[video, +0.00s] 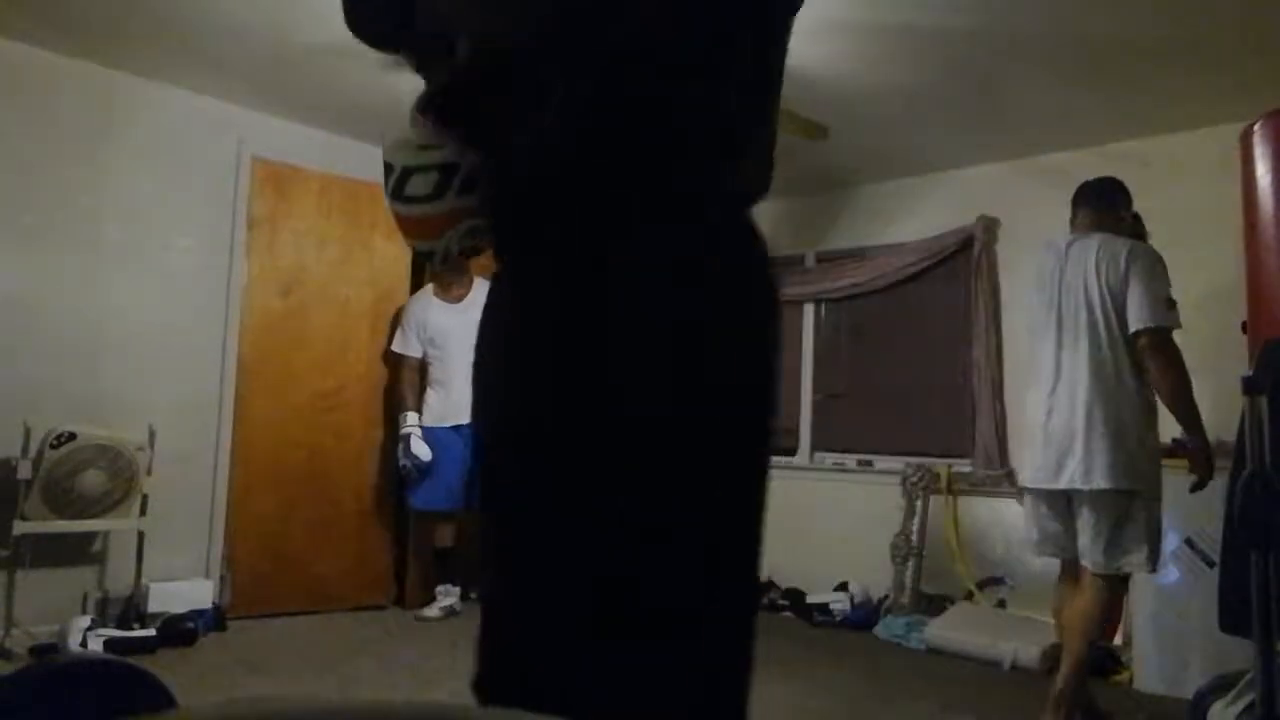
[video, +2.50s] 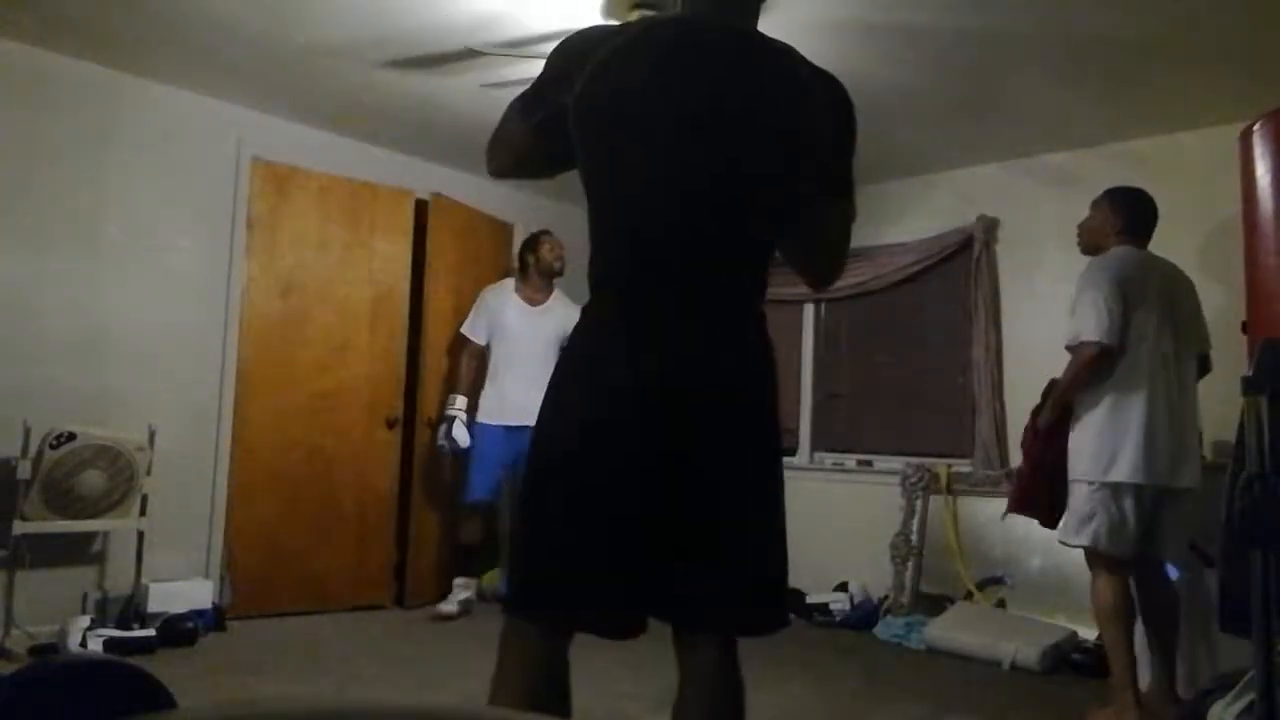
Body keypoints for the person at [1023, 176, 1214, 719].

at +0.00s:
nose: (1135, 230)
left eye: (1133, 223)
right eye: (1134, 221)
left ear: (1075, 217)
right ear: (1124, 214)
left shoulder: (1044, 264)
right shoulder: (1132, 255)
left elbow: (1053, 349)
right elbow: (1152, 346)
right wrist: (1193, 432)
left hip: (1046, 446)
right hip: (1110, 447)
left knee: (1071, 570)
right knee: (1104, 575)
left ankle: (1075, 695)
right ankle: (1061, 701)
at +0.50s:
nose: (1180, 238)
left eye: (1178, 231)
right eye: (1178, 230)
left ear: (1125, 226)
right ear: (1170, 226)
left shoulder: (1080, 274)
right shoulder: (1186, 267)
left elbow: (1084, 356)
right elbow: (1199, 352)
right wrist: (1230, 434)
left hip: (1090, 453)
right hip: (1168, 452)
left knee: (1094, 568)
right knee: (1196, 580)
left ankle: (1079, 699)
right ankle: (1221, 691)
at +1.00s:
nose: (1222, 234)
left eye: (1194, 225)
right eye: (1228, 225)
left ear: (1179, 223)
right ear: (1234, 224)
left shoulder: (1155, 261)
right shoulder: (1255, 264)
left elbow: (1116, 339)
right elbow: (1268, 336)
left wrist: (1168, 324)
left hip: (1156, 444)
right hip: (1234, 448)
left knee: (1129, 557)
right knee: (1232, 574)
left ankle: (1105, 688)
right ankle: (1232, 696)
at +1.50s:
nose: (1132, 235)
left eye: (1131, 227)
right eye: (1136, 229)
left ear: (1137, 226)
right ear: (1188, 222)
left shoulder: (1122, 270)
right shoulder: (1230, 267)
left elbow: (1095, 352)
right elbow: (1247, 347)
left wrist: (1147, 368)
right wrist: (1201, 366)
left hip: (1139, 448)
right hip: (1217, 450)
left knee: (1132, 576)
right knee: (1216, 579)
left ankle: (1127, 703)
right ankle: (1231, 697)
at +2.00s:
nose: (1073, 236)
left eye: (1076, 226)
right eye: (1074, 226)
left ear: (1094, 225)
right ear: (1134, 224)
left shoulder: (1081, 275)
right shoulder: (1188, 272)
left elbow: (1047, 359)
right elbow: (1223, 353)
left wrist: (1072, 403)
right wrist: (1167, 387)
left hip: (1106, 452)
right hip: (1174, 452)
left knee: (1114, 573)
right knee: (1172, 569)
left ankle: (1124, 701)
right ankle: (1205, 678)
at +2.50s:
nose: (1081, 225)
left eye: (1090, 215)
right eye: (1086, 214)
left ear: (1114, 222)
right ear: (1140, 227)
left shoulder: (1104, 271)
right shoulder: (1178, 279)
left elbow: (1096, 348)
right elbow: (1201, 360)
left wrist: (1057, 397)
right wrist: (1149, 392)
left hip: (1112, 453)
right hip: (1170, 454)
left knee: (1106, 565)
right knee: (1150, 566)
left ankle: (1123, 697)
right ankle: (1167, 690)